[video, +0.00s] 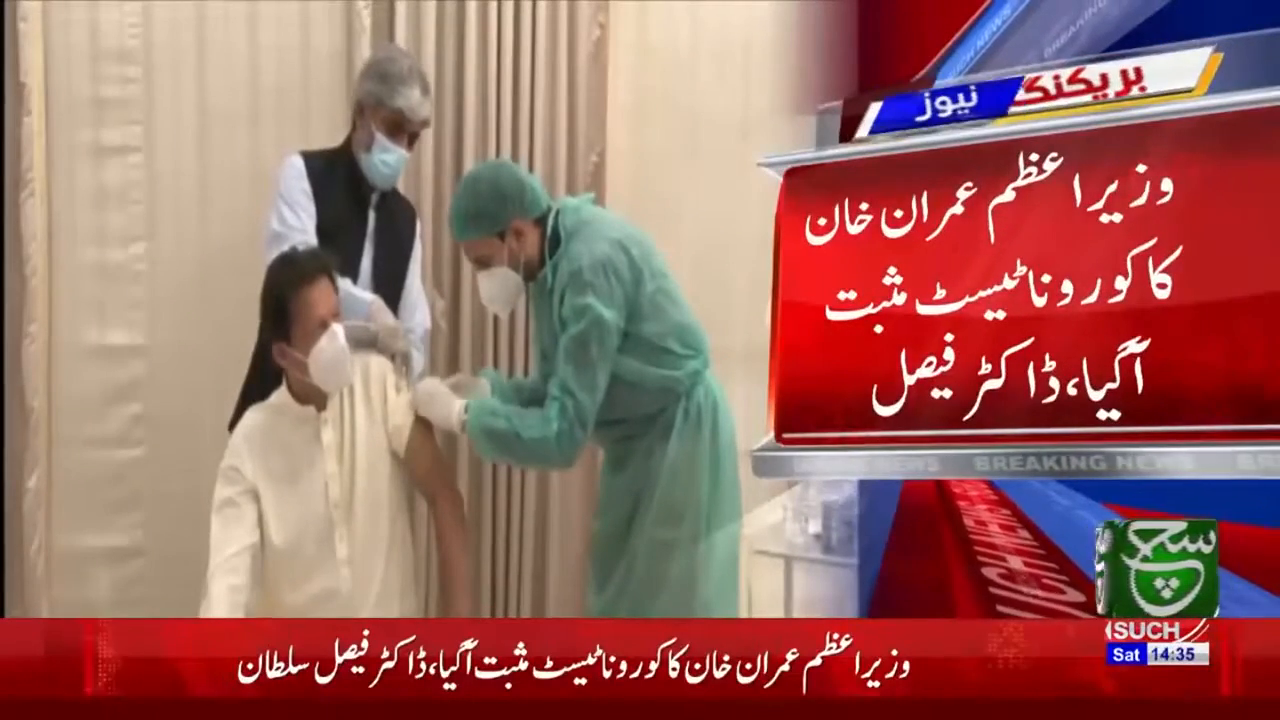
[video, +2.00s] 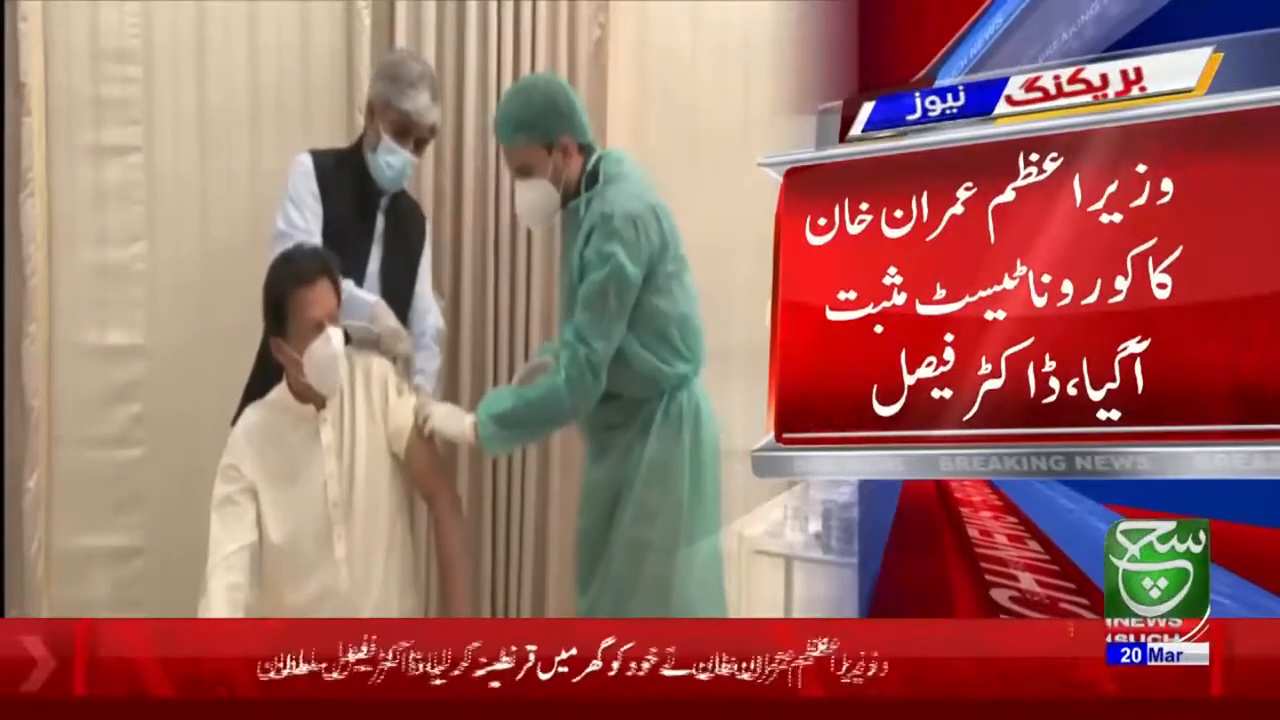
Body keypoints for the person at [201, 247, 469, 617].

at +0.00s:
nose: (337, 337)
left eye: (338, 320)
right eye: (320, 329)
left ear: (349, 320)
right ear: (283, 353)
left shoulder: (375, 381)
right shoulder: (254, 435)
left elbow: (444, 496)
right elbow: (230, 570)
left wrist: (459, 614)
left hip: (390, 619)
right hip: (293, 633)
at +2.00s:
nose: (333, 340)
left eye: (336, 323)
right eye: (316, 331)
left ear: (345, 320)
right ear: (280, 349)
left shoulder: (374, 380)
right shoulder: (253, 435)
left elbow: (441, 494)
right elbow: (229, 568)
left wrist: (459, 615)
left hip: (389, 618)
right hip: (294, 630)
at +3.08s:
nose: (262, 328)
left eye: (271, 308)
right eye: (241, 317)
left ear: (290, 312)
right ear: (209, 348)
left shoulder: (343, 389)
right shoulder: (178, 479)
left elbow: (430, 527)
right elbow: (157, 635)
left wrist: (455, 640)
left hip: (362, 666)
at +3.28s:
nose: (262, 329)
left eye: (271, 309)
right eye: (241, 317)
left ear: (291, 312)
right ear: (210, 348)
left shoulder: (343, 389)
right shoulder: (179, 479)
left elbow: (430, 527)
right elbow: (156, 635)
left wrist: (454, 641)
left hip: (362, 667)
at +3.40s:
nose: (262, 329)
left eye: (271, 309)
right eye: (241, 318)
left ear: (291, 312)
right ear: (210, 349)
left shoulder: (343, 389)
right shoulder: (178, 479)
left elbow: (430, 534)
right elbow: (157, 636)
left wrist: (454, 645)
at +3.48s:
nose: (263, 329)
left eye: (272, 309)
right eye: (242, 318)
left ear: (291, 312)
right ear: (210, 348)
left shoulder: (343, 389)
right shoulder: (178, 479)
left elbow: (430, 534)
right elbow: (157, 635)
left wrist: (454, 645)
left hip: (362, 669)